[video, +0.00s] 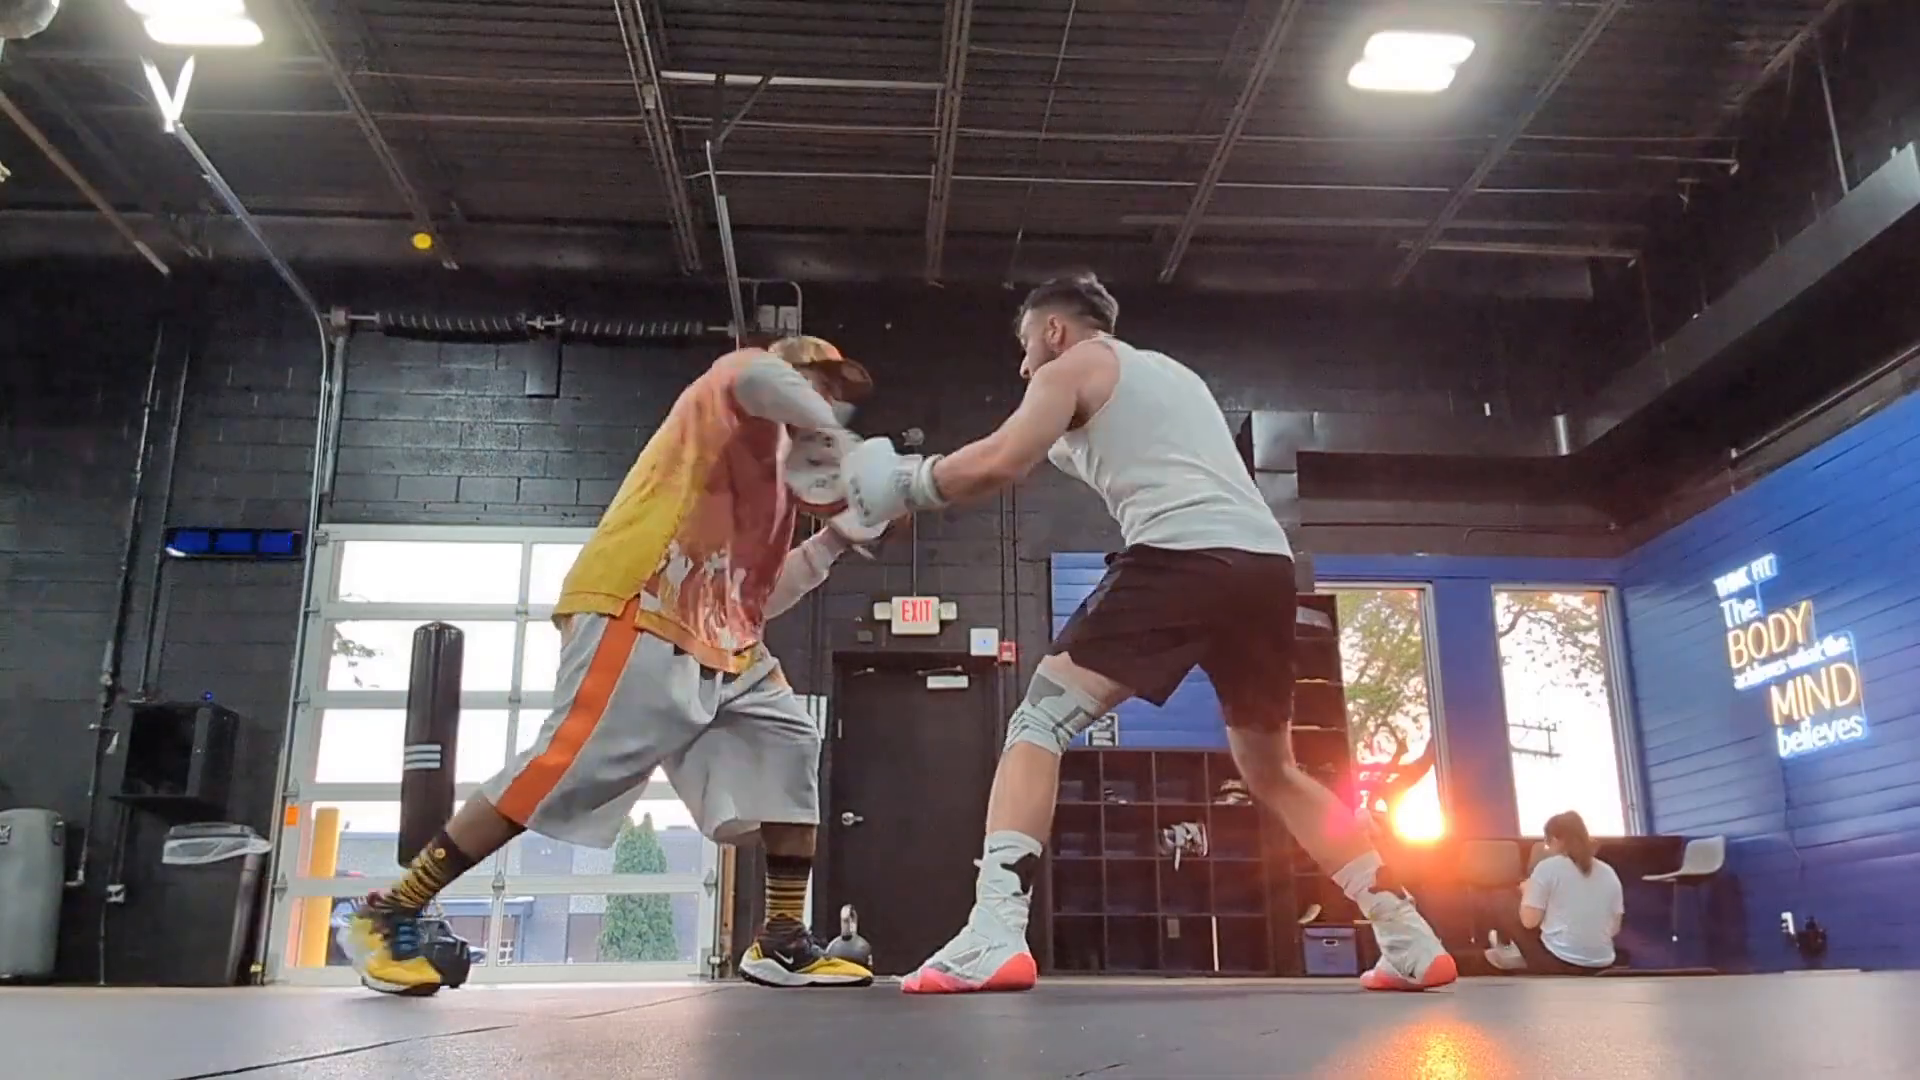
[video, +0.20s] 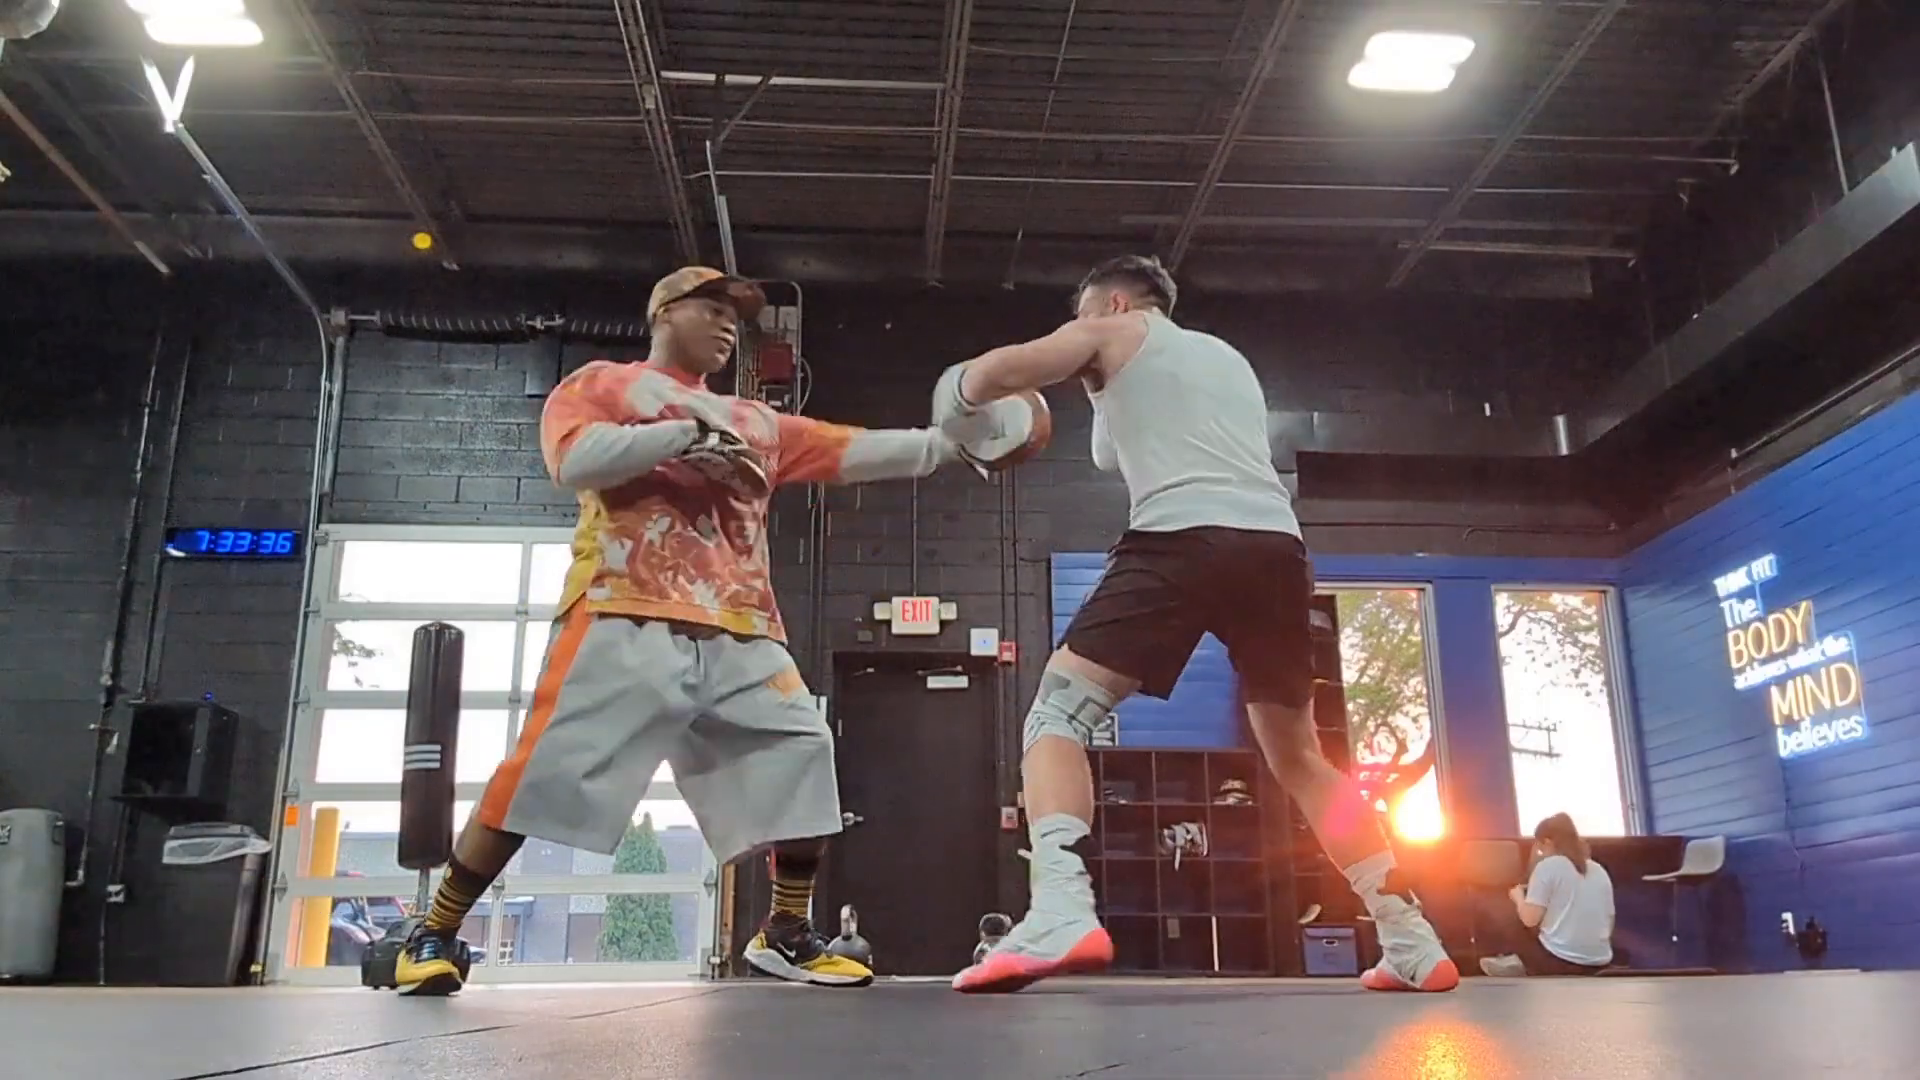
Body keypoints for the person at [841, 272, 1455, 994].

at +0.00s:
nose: (1027, 364)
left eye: (1027, 348)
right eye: (1024, 352)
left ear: (1057, 326)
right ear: (1101, 322)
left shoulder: (1077, 363)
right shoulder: (1178, 377)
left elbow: (1001, 463)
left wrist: (906, 482)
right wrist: (914, 487)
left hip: (1178, 557)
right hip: (1270, 568)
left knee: (1040, 724)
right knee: (1271, 771)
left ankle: (992, 929)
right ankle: (1404, 933)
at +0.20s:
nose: (1078, 328)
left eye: (1083, 313)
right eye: (1078, 317)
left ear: (1116, 301)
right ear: (1159, 303)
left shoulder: (1115, 330)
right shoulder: (1232, 362)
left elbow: (989, 374)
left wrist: (961, 404)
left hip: (1179, 538)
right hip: (1277, 548)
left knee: (1059, 719)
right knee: (1298, 754)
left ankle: (1059, 911)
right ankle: (1408, 938)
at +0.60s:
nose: (997, 268)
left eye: (1008, 247)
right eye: (994, 255)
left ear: (1061, 238)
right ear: (1047, 251)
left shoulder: (1126, 294)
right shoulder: (1057, 360)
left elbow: (1162, 390)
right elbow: (1016, 472)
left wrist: (1058, 375)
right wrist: (958, 404)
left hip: (1187, 536)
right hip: (1185, 546)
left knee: (1061, 689)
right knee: (1212, 761)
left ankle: (1071, 930)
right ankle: (1383, 914)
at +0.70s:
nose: (976, 333)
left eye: (986, 309)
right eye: (970, 321)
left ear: (1042, 297)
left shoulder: (1106, 338)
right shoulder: (1060, 418)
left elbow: (1134, 450)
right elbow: (1053, 530)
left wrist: (1026, 442)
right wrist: (993, 471)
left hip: (1209, 564)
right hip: (1233, 577)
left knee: (1050, 694)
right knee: (1208, 778)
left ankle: (1068, 930)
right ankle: (1381, 917)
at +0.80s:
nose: (991, 412)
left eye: (998, 389)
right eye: (987, 396)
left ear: (1049, 377)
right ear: (1048, 386)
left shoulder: (1095, 399)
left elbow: (1080, 505)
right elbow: (1090, 582)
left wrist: (996, 494)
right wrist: (1024, 525)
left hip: (1222, 606)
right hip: (1279, 624)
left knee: (1037, 707)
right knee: (1217, 791)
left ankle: (1067, 935)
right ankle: (1377, 932)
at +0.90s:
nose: (1040, 449)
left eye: (1044, 429)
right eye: (1036, 436)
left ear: (1088, 412)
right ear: (1103, 417)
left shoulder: (1119, 432)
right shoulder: (1181, 480)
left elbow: (1076, 493)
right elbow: (1149, 617)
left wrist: (1000, 515)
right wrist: (1076, 556)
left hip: (1230, 634)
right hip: (1307, 651)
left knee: (1029, 725)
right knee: (1245, 795)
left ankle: (1067, 938)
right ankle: (1394, 947)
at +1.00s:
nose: (1072, 429)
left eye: (1078, 409)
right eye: (1069, 416)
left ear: (1117, 392)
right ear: (1131, 398)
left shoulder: (1143, 408)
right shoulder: (1213, 456)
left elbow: (1137, 457)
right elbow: (1182, 592)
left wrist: (1052, 487)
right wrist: (1119, 545)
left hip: (1228, 610)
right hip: (1310, 630)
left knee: (1047, 732)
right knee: (1254, 788)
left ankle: (1064, 921)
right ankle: (1393, 943)